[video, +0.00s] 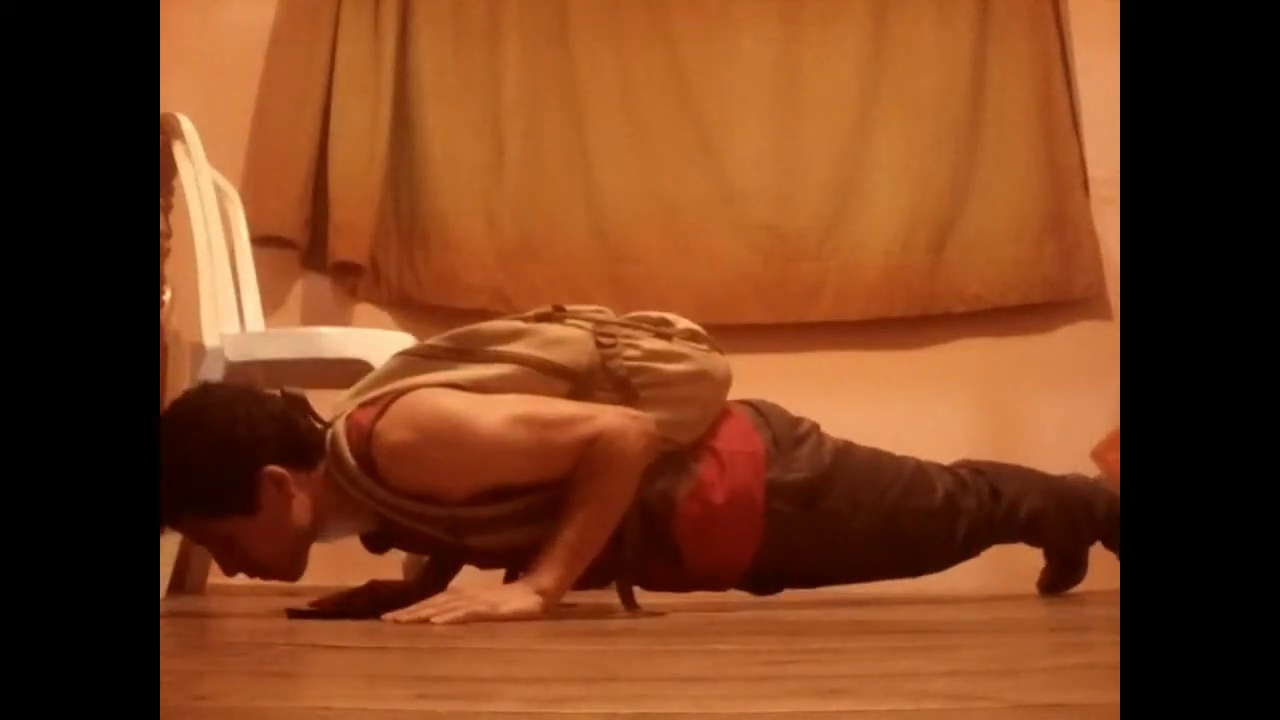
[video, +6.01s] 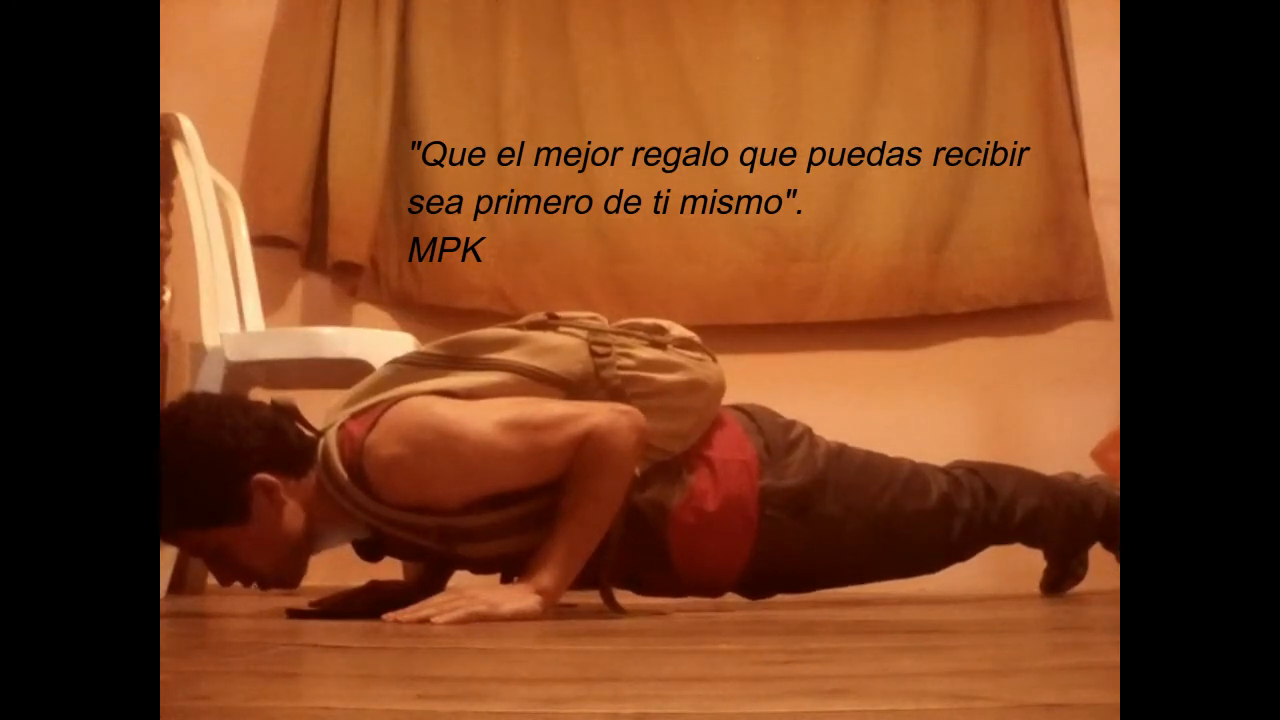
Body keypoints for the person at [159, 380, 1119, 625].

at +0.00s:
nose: (223, 564)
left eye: (221, 539)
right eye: (206, 548)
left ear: (278, 485)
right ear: (275, 478)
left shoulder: (410, 442)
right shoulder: (360, 448)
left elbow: (619, 441)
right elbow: (478, 524)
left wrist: (539, 588)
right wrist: (390, 588)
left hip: (743, 490)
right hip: (715, 495)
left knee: (945, 509)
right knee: (925, 506)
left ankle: (1091, 504)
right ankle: (1076, 504)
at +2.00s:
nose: (224, 574)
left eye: (218, 549)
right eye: (204, 560)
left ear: (274, 491)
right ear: (270, 484)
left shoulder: (404, 449)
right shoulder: (357, 460)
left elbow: (616, 440)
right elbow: (460, 546)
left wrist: (538, 588)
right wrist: (378, 591)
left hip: (741, 496)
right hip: (712, 502)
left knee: (949, 509)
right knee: (927, 507)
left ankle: (1097, 505)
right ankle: (1074, 508)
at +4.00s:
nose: (225, 570)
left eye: (218, 547)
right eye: (205, 557)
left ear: (273, 488)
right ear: (269, 480)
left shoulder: (403, 446)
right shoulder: (357, 459)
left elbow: (616, 438)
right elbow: (456, 545)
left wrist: (538, 588)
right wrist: (388, 589)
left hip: (737, 491)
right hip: (712, 497)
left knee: (941, 508)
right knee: (922, 504)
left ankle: (1091, 504)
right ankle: (1076, 504)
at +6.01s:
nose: (219, 575)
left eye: (211, 550)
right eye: (200, 559)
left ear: (264, 495)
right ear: (262, 483)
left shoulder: (398, 452)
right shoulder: (354, 462)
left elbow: (612, 439)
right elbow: (482, 529)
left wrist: (538, 589)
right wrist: (387, 587)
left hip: (736, 495)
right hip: (709, 508)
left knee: (943, 509)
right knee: (923, 510)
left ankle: (1093, 506)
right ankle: (1078, 505)